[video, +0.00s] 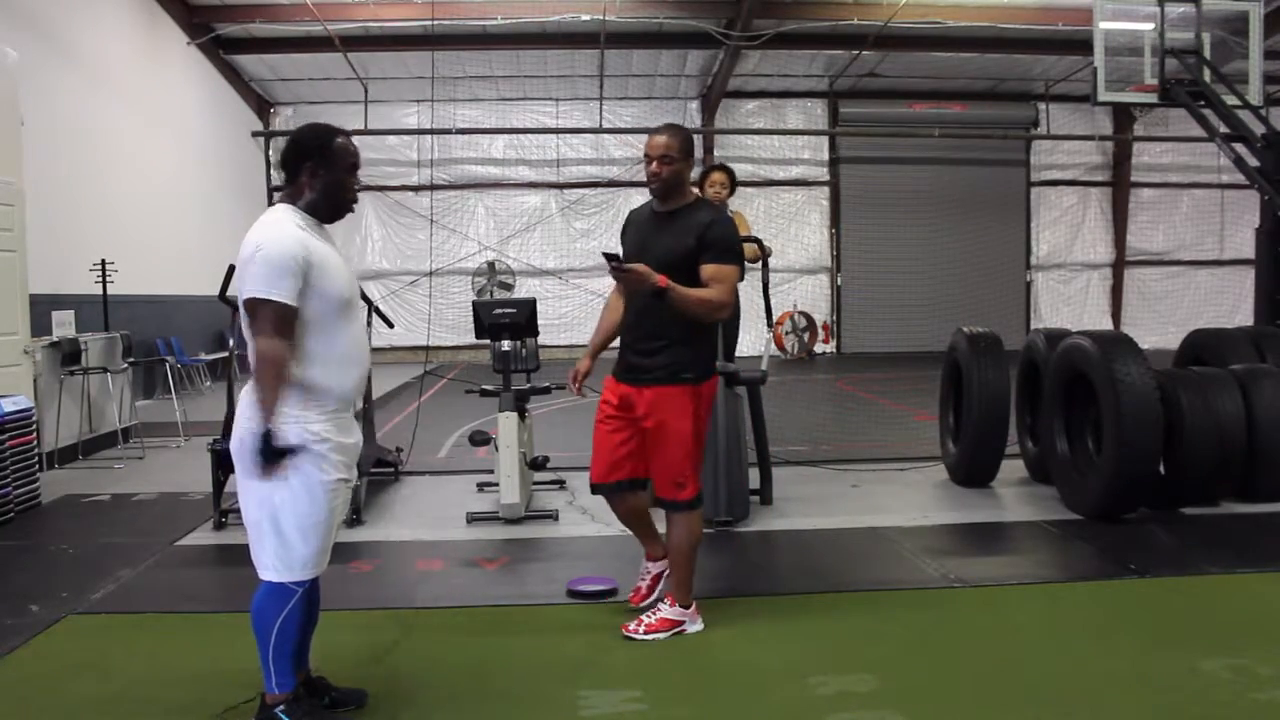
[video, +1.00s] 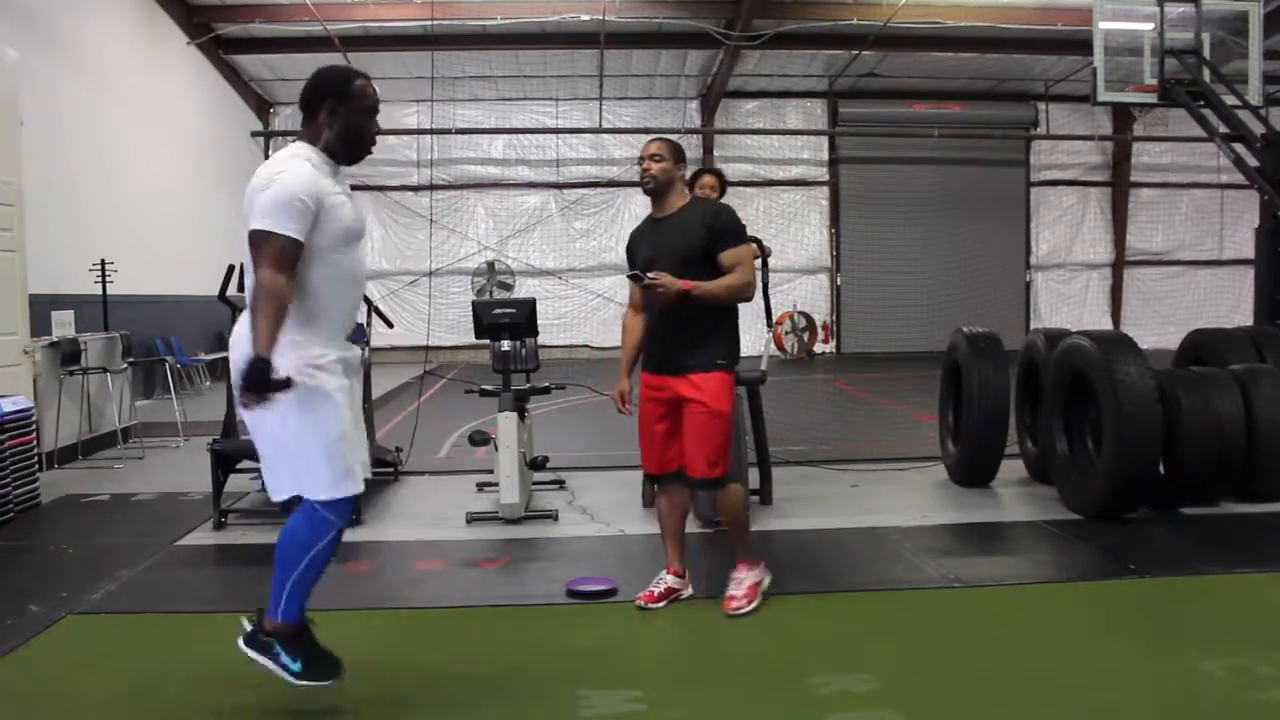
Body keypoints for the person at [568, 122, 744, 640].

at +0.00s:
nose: (654, 168)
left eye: (666, 160)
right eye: (648, 160)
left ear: (690, 164)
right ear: (644, 164)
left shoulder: (715, 223)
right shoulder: (637, 223)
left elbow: (721, 303)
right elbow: (622, 295)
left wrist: (657, 285)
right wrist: (591, 352)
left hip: (682, 380)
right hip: (629, 376)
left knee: (678, 492)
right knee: (612, 480)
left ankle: (681, 603)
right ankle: (659, 553)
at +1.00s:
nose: (646, 167)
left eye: (656, 160)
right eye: (642, 161)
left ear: (681, 168)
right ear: (639, 172)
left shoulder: (715, 217)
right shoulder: (639, 238)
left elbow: (745, 283)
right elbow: (635, 309)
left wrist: (684, 288)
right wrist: (625, 373)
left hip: (709, 369)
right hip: (658, 371)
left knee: (714, 473)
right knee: (666, 475)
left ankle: (747, 566)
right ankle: (675, 573)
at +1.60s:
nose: (721, 166)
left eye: (732, 159)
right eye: (717, 159)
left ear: (753, 168)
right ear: (710, 168)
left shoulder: (780, 225)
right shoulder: (696, 224)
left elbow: (803, 294)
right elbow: (684, 292)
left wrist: (754, 298)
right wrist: (667, 353)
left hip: (762, 372)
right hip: (703, 370)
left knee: (769, 472)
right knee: (691, 469)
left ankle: (767, 565)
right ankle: (678, 568)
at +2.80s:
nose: (648, 170)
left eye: (657, 162)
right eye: (642, 164)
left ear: (679, 168)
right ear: (638, 174)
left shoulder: (715, 217)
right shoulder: (635, 236)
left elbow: (748, 282)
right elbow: (627, 306)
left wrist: (696, 296)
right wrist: (608, 364)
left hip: (706, 372)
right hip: (653, 374)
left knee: (723, 475)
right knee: (663, 475)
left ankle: (755, 555)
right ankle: (674, 572)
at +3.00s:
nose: (632, 171)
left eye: (641, 163)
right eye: (627, 165)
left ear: (665, 169)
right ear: (624, 175)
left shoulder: (703, 217)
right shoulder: (626, 238)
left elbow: (737, 278)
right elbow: (618, 308)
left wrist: (683, 298)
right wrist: (596, 365)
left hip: (698, 369)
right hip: (646, 372)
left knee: (702, 474)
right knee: (659, 474)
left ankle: (747, 556)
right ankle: (673, 573)